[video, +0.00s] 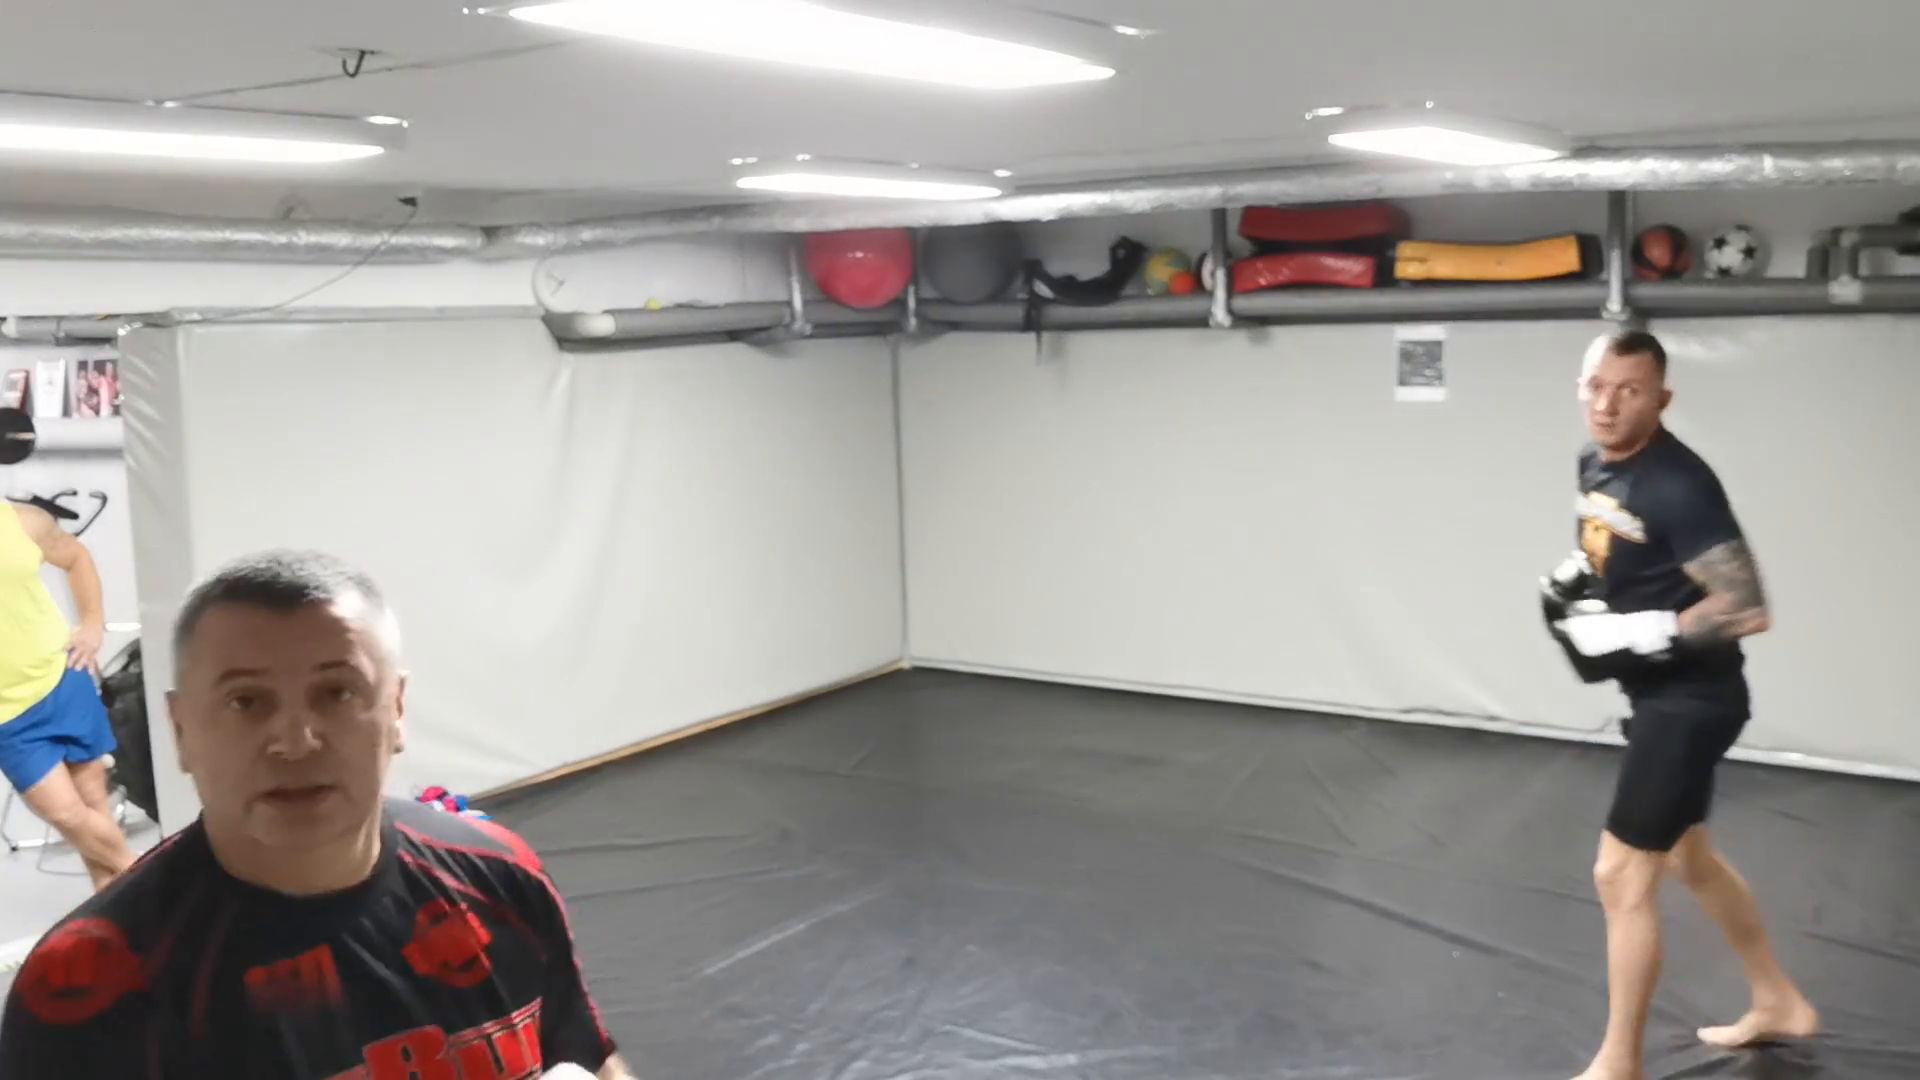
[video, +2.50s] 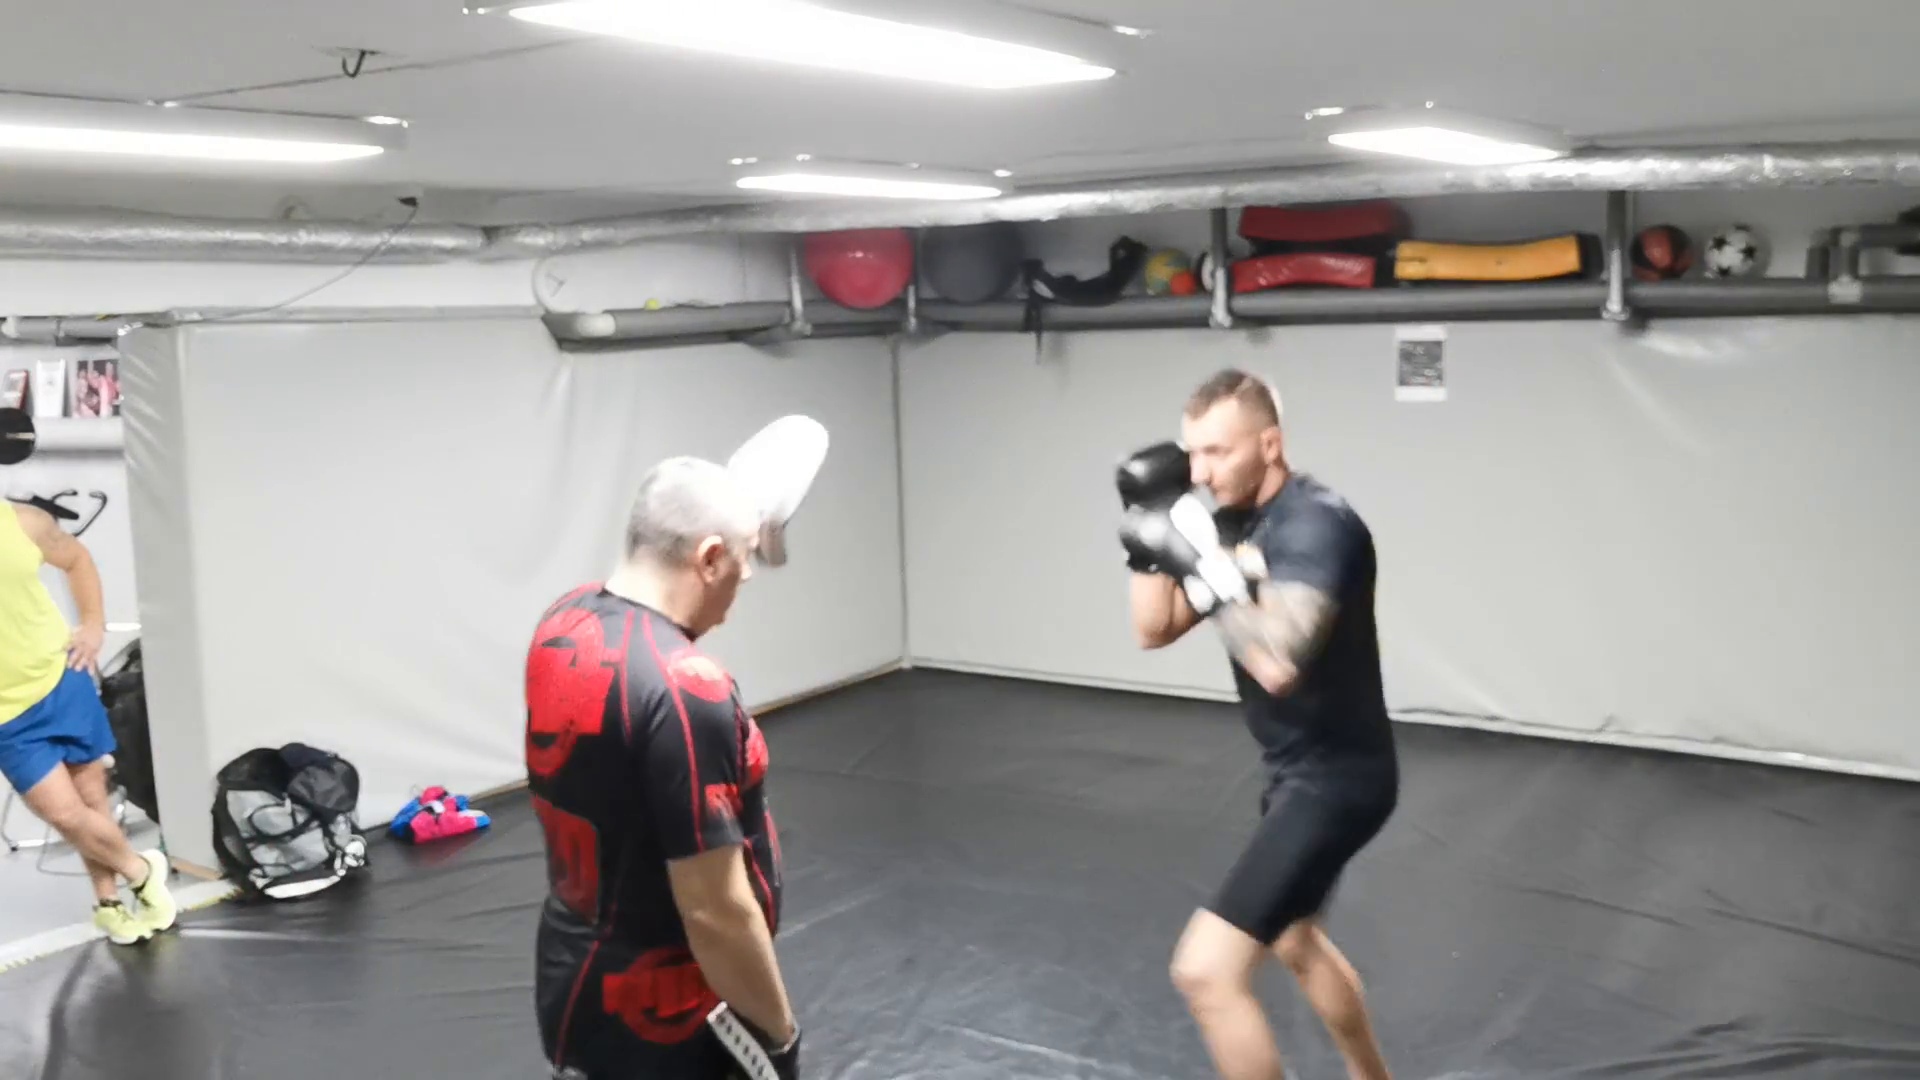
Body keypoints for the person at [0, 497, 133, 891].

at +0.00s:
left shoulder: (23, 522)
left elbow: (76, 557)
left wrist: (92, 623)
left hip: (64, 683)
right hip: (10, 717)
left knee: (93, 803)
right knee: (65, 816)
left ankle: (113, 909)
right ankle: (147, 880)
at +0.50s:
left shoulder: (19, 521)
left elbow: (76, 558)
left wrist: (92, 623)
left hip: (62, 682)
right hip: (8, 715)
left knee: (92, 797)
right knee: (64, 815)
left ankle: (107, 901)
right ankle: (142, 872)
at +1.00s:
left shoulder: (22, 523)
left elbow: (76, 558)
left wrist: (92, 623)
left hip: (63, 683)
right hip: (9, 716)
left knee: (92, 798)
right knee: (64, 816)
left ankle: (107, 901)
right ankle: (142, 872)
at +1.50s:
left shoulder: (20, 522)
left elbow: (76, 557)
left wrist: (92, 623)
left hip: (62, 683)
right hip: (7, 715)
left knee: (91, 798)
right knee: (65, 816)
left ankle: (107, 901)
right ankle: (142, 872)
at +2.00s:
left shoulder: (21, 522)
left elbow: (76, 558)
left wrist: (93, 623)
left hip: (62, 682)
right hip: (7, 715)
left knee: (91, 797)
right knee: (65, 816)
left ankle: (107, 901)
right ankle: (142, 872)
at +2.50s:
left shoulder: (22, 522)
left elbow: (77, 559)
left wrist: (93, 623)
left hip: (62, 683)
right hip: (8, 716)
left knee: (91, 799)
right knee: (65, 817)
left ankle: (108, 901)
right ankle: (142, 872)